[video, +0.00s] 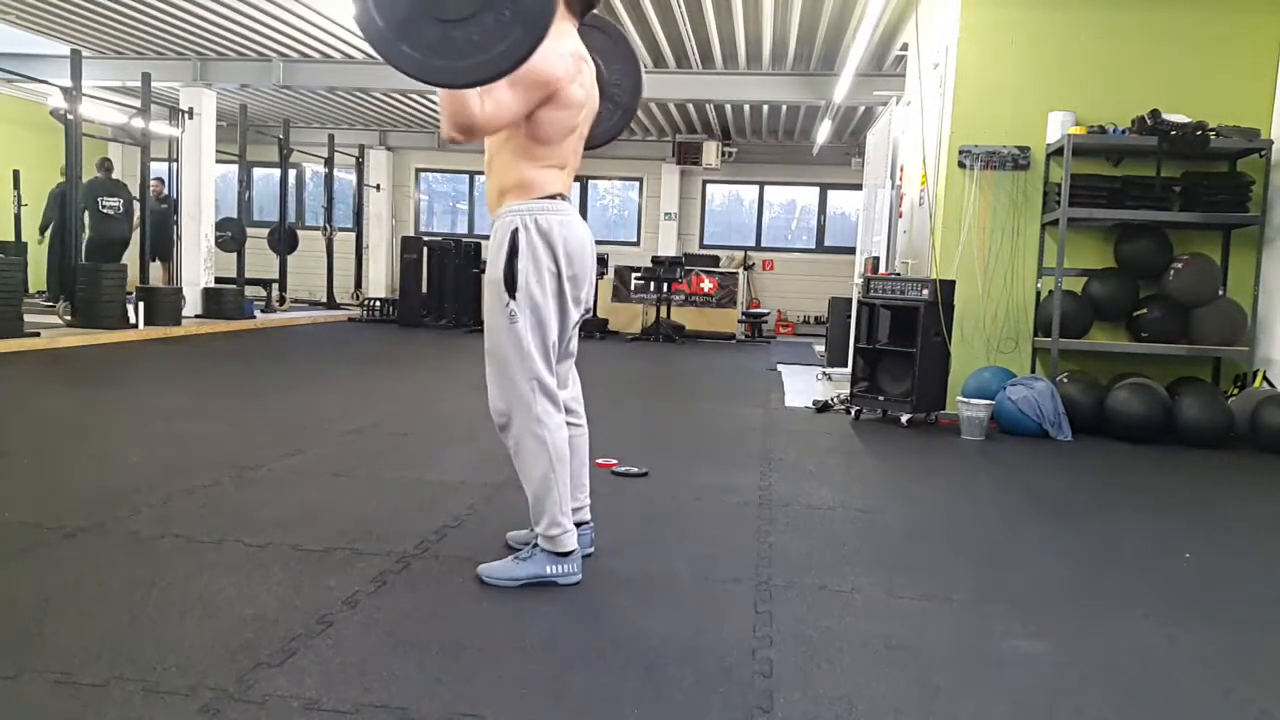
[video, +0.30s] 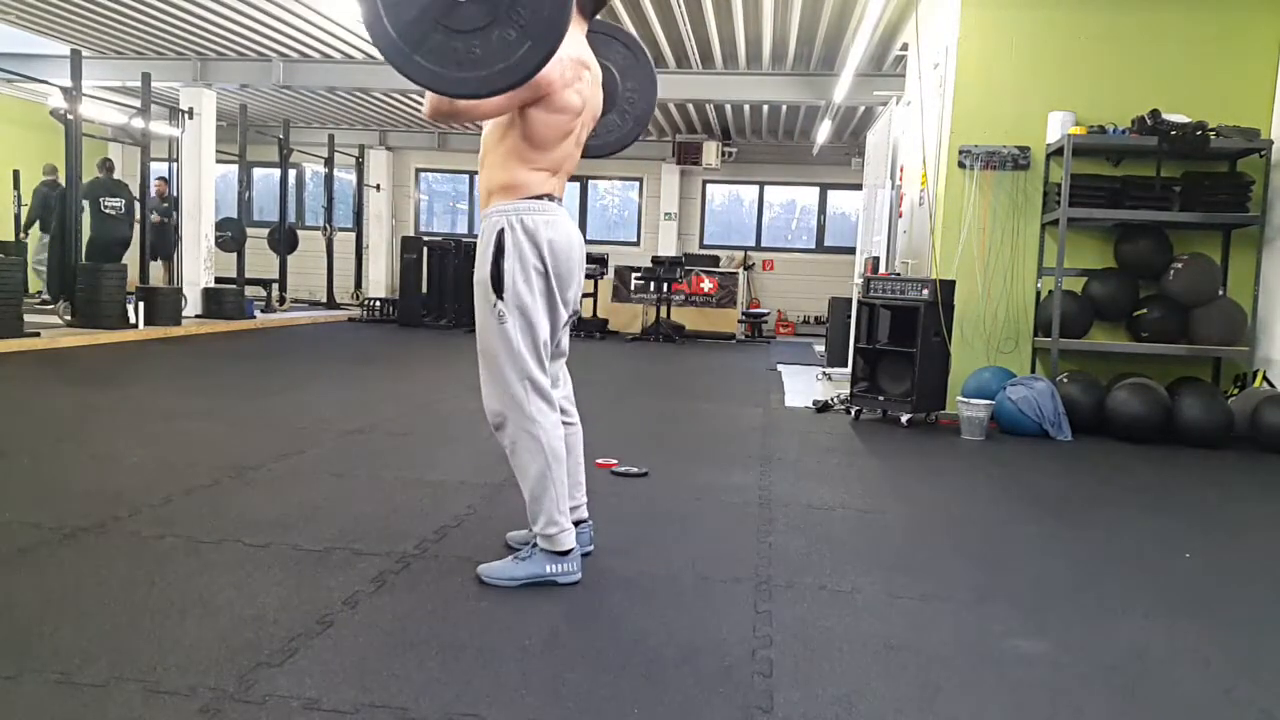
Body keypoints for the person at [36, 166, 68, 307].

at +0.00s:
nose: (63, 174)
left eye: (63, 172)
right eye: (65, 172)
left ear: (62, 173)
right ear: (74, 173)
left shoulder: (58, 190)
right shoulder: (81, 189)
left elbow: (50, 212)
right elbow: (85, 209)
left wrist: (42, 230)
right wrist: (84, 227)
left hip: (60, 232)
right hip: (77, 231)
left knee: (55, 262)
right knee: (73, 263)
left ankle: (54, 296)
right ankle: (71, 297)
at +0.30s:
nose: (54, 177)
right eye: (55, 174)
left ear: (43, 173)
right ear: (57, 174)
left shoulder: (41, 189)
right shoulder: (62, 189)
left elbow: (34, 211)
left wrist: (25, 229)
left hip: (47, 232)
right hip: (61, 232)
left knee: (37, 261)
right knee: (54, 262)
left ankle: (52, 288)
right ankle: (47, 293)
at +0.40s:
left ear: (37, 172)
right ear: (51, 172)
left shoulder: (34, 188)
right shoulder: (59, 188)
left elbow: (28, 211)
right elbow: (64, 211)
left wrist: (19, 230)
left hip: (42, 232)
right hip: (58, 231)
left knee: (24, 258)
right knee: (48, 260)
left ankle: (42, 289)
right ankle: (50, 291)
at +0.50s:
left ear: (31, 171)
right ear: (45, 171)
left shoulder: (27, 187)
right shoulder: (54, 189)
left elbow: (20, 210)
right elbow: (60, 211)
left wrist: (15, 229)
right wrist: (57, 228)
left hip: (34, 232)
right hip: (51, 232)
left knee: (19, 261)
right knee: (49, 265)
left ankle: (20, 291)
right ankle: (50, 293)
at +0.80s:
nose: (28, 173)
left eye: (26, 171)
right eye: (28, 171)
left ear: (13, 170)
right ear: (27, 171)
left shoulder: (3, 186)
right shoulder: (33, 189)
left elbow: (2, 210)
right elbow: (41, 213)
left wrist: (6, 223)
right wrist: (45, 232)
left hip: (10, 230)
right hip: (32, 231)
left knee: (9, 267)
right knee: (39, 265)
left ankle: (9, 299)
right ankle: (44, 296)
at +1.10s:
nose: (24, 169)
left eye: (24, 166)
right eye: (23, 166)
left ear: (8, 166)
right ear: (19, 167)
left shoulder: (3, 181)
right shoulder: (13, 185)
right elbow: (19, 210)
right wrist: (27, 231)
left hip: (3, 228)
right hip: (12, 230)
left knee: (5, 263)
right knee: (20, 263)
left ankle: (5, 291)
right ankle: (20, 289)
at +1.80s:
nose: (13, 165)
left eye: (14, 162)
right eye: (9, 162)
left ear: (17, 163)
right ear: (1, 164)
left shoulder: (24, 184)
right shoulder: (1, 183)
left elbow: (32, 204)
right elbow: (1, 209)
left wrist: (28, 214)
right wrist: (12, 214)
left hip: (18, 232)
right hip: (3, 232)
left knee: (25, 266)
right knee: (2, 269)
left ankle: (26, 297)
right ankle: (3, 298)